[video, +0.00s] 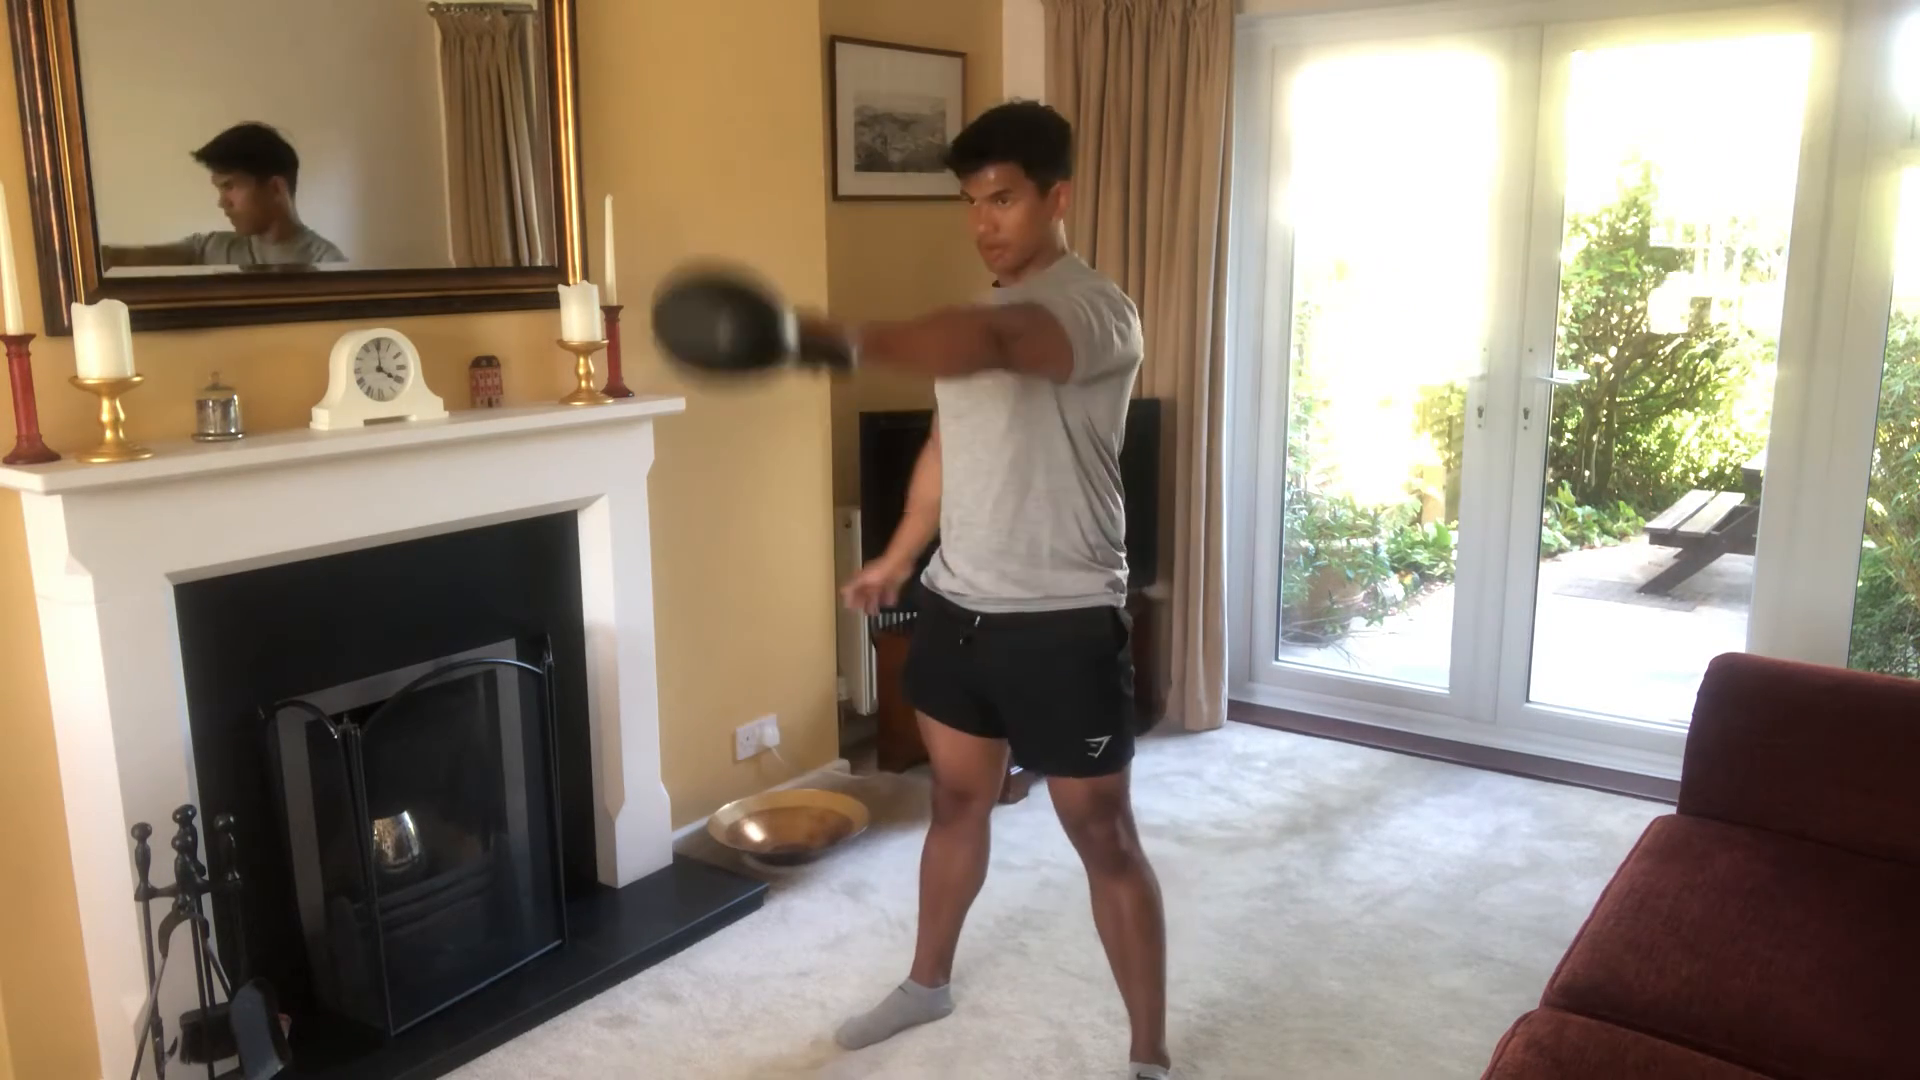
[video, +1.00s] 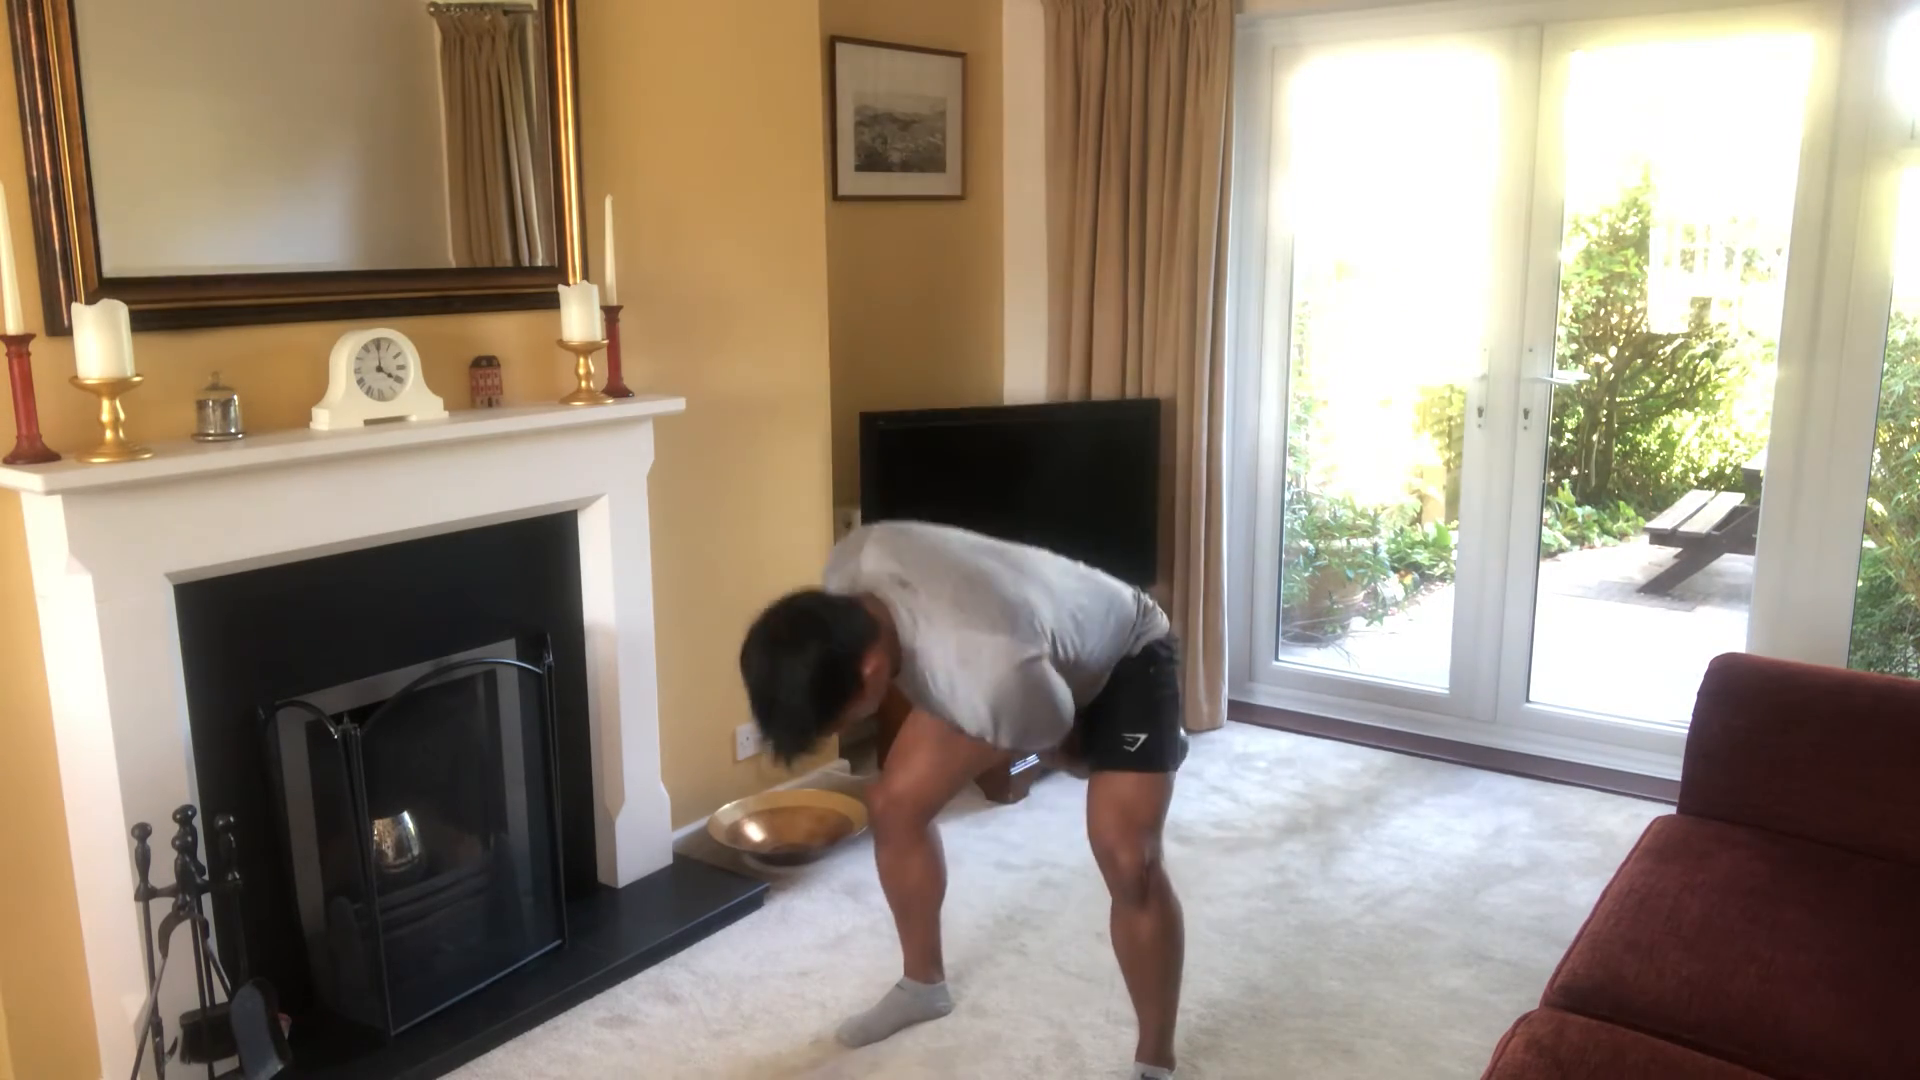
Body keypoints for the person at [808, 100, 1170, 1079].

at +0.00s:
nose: (984, 221)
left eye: (1004, 198)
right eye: (972, 203)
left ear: (1059, 199)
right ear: (965, 208)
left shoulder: (1097, 308)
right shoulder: (970, 319)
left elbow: (990, 335)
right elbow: (946, 443)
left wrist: (843, 342)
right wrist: (900, 553)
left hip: (1068, 618)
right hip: (959, 607)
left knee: (1103, 836)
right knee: (954, 803)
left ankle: (1150, 1055)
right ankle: (928, 982)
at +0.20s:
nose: (983, 220)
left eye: (1002, 197)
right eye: (971, 202)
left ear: (1058, 196)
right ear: (965, 206)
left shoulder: (1101, 306)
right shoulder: (969, 318)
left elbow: (1000, 328)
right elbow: (954, 452)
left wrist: (852, 323)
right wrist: (914, 564)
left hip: (1070, 621)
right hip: (958, 612)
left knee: (1106, 839)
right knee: (955, 808)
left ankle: (1150, 1055)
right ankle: (928, 983)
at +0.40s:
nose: (976, 236)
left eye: (994, 214)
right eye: (964, 217)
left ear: (1049, 204)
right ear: (955, 213)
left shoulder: (1097, 312)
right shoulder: (960, 317)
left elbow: (1001, 409)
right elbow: (947, 443)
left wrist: (865, 476)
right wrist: (888, 547)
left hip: (1084, 617)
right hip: (970, 605)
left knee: (1112, 841)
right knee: (949, 806)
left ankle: (1150, 1055)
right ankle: (928, 983)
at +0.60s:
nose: (895, 332)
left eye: (905, 311)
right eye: (884, 315)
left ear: (955, 291)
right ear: (885, 304)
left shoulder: (1045, 372)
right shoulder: (920, 360)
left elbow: (1004, 565)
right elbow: (916, 460)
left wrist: (946, 712)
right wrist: (856, 559)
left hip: (1105, 619)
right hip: (1001, 612)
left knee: (1124, 844)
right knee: (925, 774)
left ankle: (1152, 1057)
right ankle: (924, 981)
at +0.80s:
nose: (834, 584)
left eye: (834, 574)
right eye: (826, 577)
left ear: (871, 538)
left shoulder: (996, 567)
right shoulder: (879, 472)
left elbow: (1035, 693)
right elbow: (902, 546)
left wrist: (1053, 770)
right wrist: (891, 606)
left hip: (1118, 648)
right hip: (1007, 640)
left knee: (1128, 866)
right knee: (897, 805)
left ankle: (1153, 1062)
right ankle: (923, 984)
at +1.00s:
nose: (845, 729)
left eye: (842, 718)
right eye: (834, 725)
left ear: (870, 670)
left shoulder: (995, 672)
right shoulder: (843, 567)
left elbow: (1069, 745)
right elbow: (897, 691)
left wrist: (1026, 775)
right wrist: (986, 771)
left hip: (1122, 645)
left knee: (1131, 861)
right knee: (895, 805)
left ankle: (1156, 1059)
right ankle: (924, 984)